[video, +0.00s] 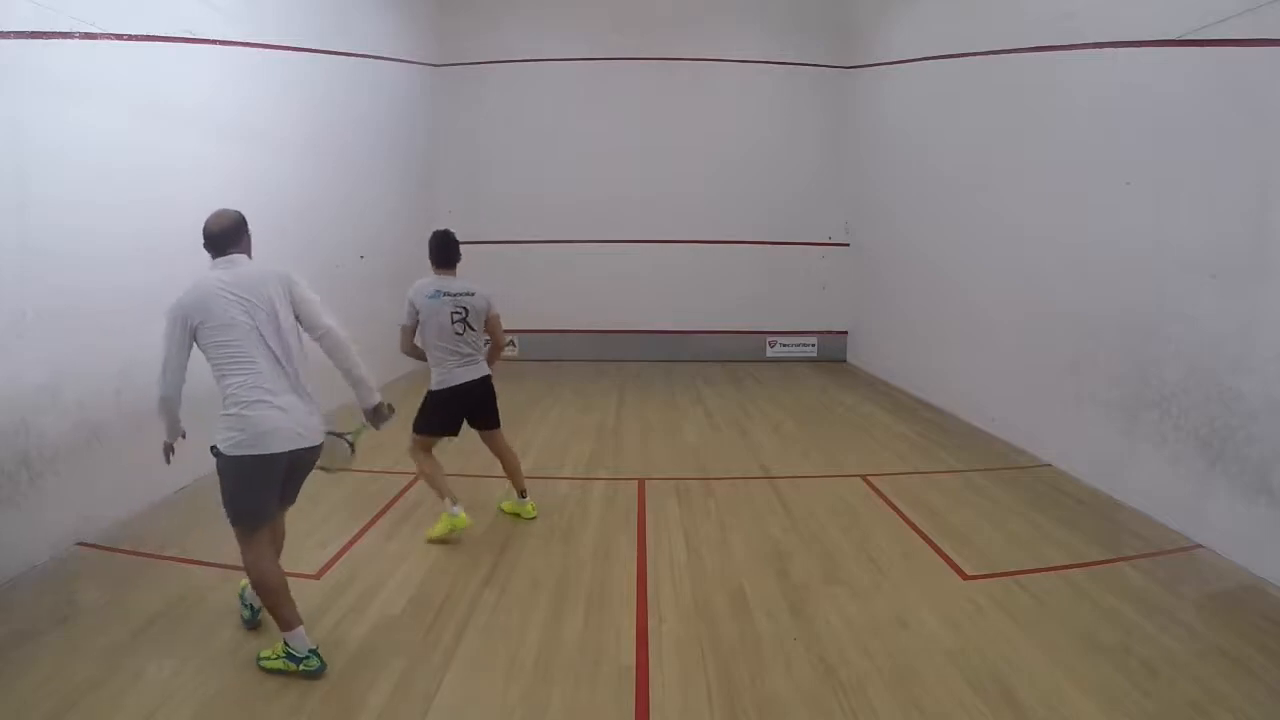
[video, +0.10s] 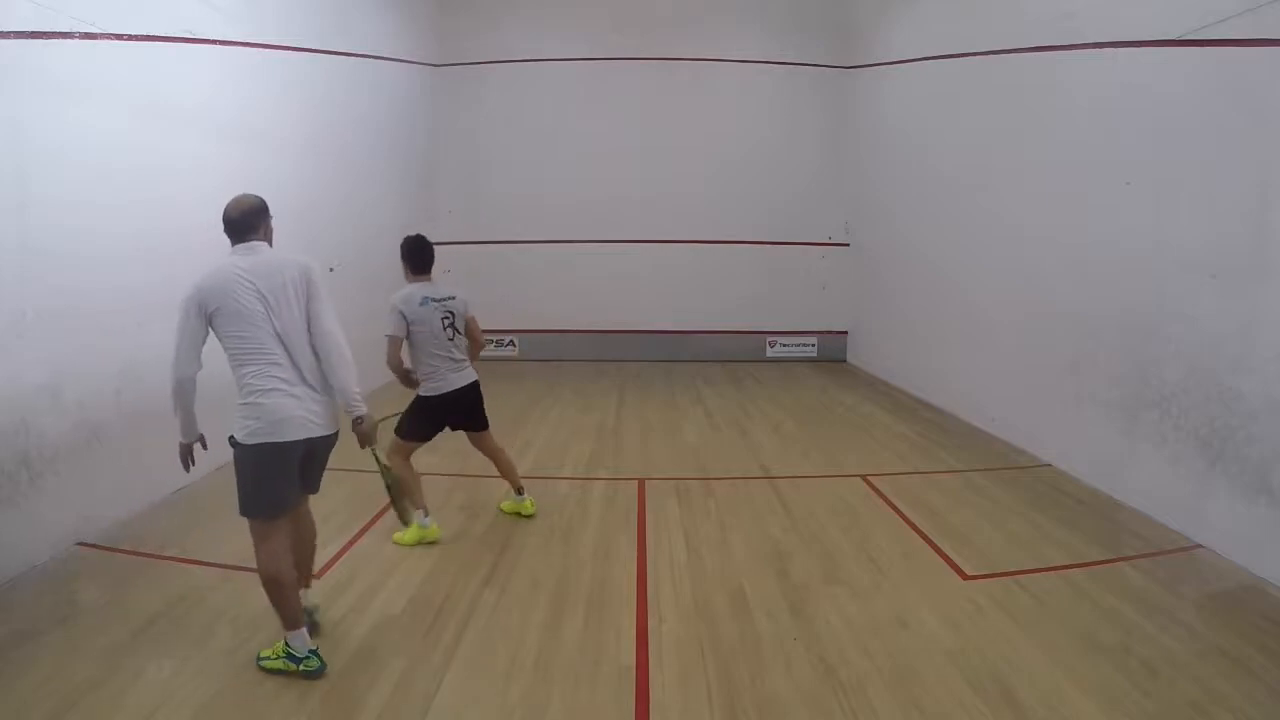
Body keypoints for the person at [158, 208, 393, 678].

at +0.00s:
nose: (250, 246)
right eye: (250, 238)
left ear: (206, 250)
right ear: (248, 241)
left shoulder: (190, 300)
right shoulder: (280, 281)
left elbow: (169, 385)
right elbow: (329, 335)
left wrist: (171, 428)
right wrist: (369, 397)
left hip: (246, 444)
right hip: (305, 435)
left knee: (257, 549)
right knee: (274, 517)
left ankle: (301, 650)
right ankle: (254, 595)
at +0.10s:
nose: (272, 231)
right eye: (271, 224)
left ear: (225, 235)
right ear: (268, 228)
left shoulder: (206, 286)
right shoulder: (301, 271)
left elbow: (184, 372)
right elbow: (332, 344)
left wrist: (187, 432)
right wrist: (358, 407)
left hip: (264, 430)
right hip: (320, 422)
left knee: (268, 537)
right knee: (298, 503)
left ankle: (299, 649)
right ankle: (301, 600)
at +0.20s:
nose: (296, 228)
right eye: (296, 220)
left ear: (250, 230)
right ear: (294, 224)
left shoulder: (226, 280)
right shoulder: (325, 272)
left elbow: (204, 362)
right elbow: (354, 346)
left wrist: (203, 436)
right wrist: (380, 412)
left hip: (280, 431)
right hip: (339, 423)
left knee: (276, 535)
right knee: (328, 497)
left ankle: (300, 647)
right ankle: (373, 594)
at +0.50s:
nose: (338, 249)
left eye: (336, 242)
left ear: (338, 242)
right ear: (378, 240)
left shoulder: (330, 286)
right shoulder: (415, 281)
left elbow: (327, 357)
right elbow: (457, 340)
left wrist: (318, 433)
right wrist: (467, 392)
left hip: (367, 435)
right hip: (427, 426)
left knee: (333, 533)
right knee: (445, 511)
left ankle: (310, 647)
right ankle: (500, 601)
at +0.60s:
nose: (347, 245)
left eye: (351, 237)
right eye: (349, 237)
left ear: (366, 238)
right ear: (391, 237)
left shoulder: (359, 282)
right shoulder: (436, 275)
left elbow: (371, 344)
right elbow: (475, 337)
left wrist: (365, 423)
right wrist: (488, 388)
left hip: (397, 426)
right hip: (454, 417)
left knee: (358, 519)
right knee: (459, 503)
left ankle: (349, 637)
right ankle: (503, 606)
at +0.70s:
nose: (355, 232)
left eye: (360, 223)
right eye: (356, 224)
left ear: (384, 220)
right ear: (396, 222)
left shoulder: (380, 265)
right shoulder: (444, 259)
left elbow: (399, 328)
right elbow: (481, 322)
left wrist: (396, 404)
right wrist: (494, 379)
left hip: (418, 406)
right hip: (467, 398)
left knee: (392, 502)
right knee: (464, 490)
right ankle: (503, 592)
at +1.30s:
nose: (393, 239)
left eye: (400, 231)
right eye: (392, 233)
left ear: (427, 232)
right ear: (430, 236)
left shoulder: (425, 267)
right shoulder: (465, 265)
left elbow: (448, 314)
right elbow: (495, 328)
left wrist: (412, 370)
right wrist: (460, 373)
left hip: (458, 392)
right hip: (498, 387)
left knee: (417, 473)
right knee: (487, 458)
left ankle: (465, 563)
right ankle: (513, 542)